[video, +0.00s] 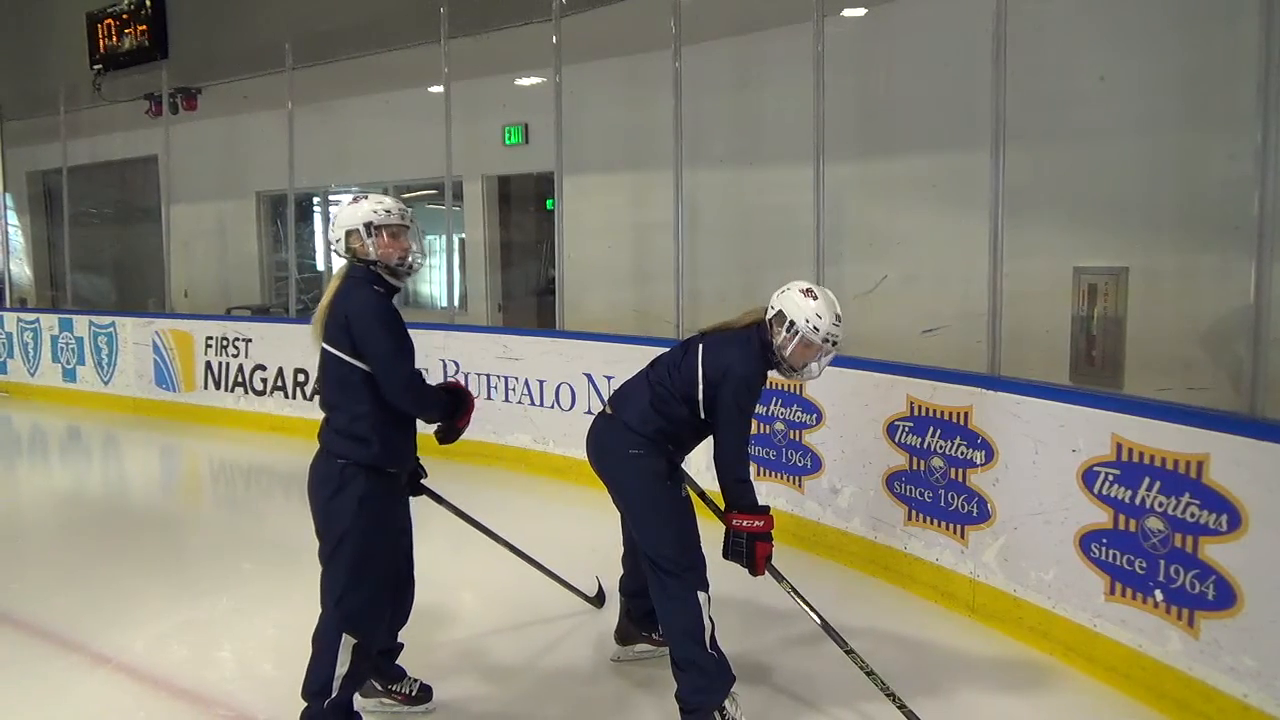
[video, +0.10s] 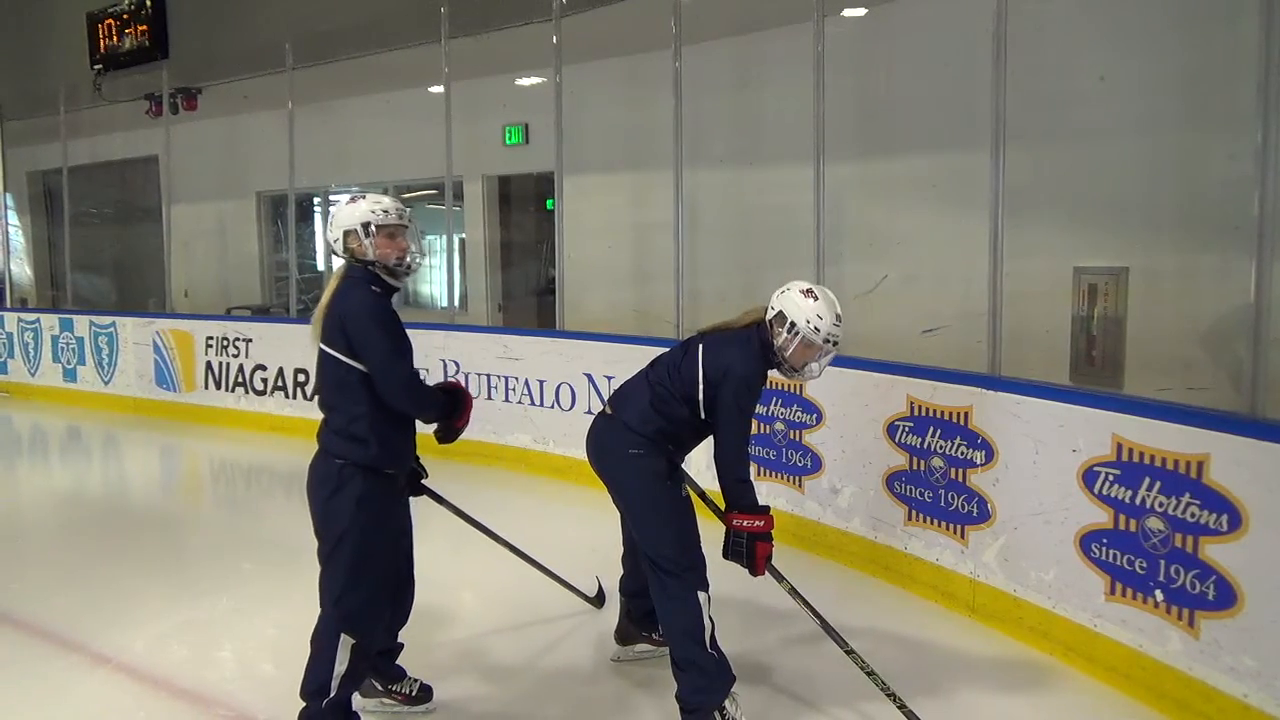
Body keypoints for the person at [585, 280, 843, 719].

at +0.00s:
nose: (809, 359)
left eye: (818, 351)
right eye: (805, 345)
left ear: (825, 348)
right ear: (780, 327)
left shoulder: (744, 345)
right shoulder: (743, 365)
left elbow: (730, 441)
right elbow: (731, 450)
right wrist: (749, 519)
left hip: (620, 436)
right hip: (635, 446)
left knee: (645, 535)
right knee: (680, 570)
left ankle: (637, 625)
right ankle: (705, 704)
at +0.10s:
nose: (810, 360)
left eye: (819, 351)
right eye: (805, 346)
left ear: (825, 348)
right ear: (781, 328)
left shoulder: (744, 344)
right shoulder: (743, 365)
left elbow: (730, 441)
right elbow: (731, 450)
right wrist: (748, 519)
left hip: (619, 436)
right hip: (636, 447)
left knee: (645, 536)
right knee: (681, 570)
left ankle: (637, 625)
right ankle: (706, 705)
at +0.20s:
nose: (809, 358)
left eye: (818, 350)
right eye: (805, 344)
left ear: (823, 347)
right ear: (780, 327)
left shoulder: (743, 343)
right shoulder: (743, 365)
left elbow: (730, 441)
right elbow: (731, 452)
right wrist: (749, 520)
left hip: (619, 436)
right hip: (636, 447)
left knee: (646, 537)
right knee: (681, 570)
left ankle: (637, 624)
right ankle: (706, 704)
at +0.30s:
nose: (807, 357)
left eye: (816, 349)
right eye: (803, 343)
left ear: (823, 347)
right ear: (779, 326)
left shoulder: (742, 343)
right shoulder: (743, 365)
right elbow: (731, 451)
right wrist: (749, 520)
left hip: (618, 437)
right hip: (636, 447)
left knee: (647, 536)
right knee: (682, 570)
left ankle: (638, 625)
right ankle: (706, 704)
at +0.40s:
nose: (804, 356)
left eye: (812, 348)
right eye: (800, 342)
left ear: (819, 345)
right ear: (775, 325)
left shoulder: (738, 340)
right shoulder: (741, 365)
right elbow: (731, 451)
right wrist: (751, 519)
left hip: (618, 440)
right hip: (638, 452)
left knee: (656, 540)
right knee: (691, 572)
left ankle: (641, 625)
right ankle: (697, 705)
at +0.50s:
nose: (801, 349)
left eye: (809, 340)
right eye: (795, 336)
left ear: (817, 336)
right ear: (768, 321)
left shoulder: (735, 337)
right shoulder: (737, 362)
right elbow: (734, 452)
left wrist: (674, 441)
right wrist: (757, 520)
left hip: (632, 443)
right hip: (635, 454)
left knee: (666, 542)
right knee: (691, 579)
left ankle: (644, 624)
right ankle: (691, 706)